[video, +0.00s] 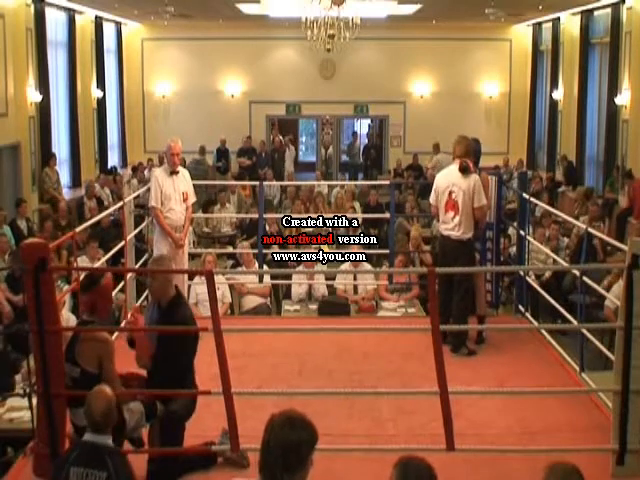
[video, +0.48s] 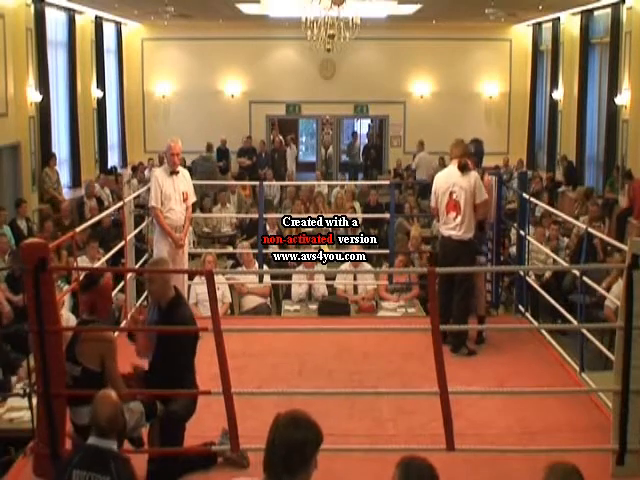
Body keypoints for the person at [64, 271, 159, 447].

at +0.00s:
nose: (113, 301)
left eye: (111, 294)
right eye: (109, 295)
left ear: (84, 299)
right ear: (97, 299)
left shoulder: (76, 333)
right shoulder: (102, 340)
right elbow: (114, 391)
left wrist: (126, 387)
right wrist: (137, 395)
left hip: (75, 412)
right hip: (93, 415)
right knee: (150, 406)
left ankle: (132, 431)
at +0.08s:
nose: (113, 300)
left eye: (111, 294)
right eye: (109, 294)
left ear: (84, 298)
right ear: (99, 299)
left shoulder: (75, 332)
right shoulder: (102, 339)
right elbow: (115, 390)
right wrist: (138, 395)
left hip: (75, 411)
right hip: (93, 414)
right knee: (150, 407)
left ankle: (133, 431)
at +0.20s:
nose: (113, 300)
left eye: (111, 294)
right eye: (109, 295)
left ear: (84, 298)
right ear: (99, 299)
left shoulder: (76, 332)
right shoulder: (102, 339)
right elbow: (115, 391)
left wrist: (126, 385)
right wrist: (138, 395)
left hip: (75, 411)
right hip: (94, 415)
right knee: (150, 407)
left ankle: (132, 431)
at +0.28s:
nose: (113, 301)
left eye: (111, 295)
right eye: (110, 295)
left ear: (84, 299)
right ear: (101, 300)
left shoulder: (73, 332)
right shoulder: (103, 339)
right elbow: (116, 390)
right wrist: (138, 395)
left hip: (75, 412)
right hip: (94, 415)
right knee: (150, 407)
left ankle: (132, 430)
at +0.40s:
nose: (113, 301)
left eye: (111, 295)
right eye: (109, 295)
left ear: (85, 298)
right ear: (100, 299)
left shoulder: (77, 331)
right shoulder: (104, 338)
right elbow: (117, 389)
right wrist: (138, 395)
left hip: (75, 412)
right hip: (94, 415)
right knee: (151, 407)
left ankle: (132, 430)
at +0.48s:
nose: (113, 301)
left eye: (111, 295)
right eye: (109, 295)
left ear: (86, 298)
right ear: (98, 299)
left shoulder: (78, 329)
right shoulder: (104, 337)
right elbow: (117, 386)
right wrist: (137, 396)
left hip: (76, 412)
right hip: (93, 416)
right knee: (150, 407)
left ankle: (132, 430)